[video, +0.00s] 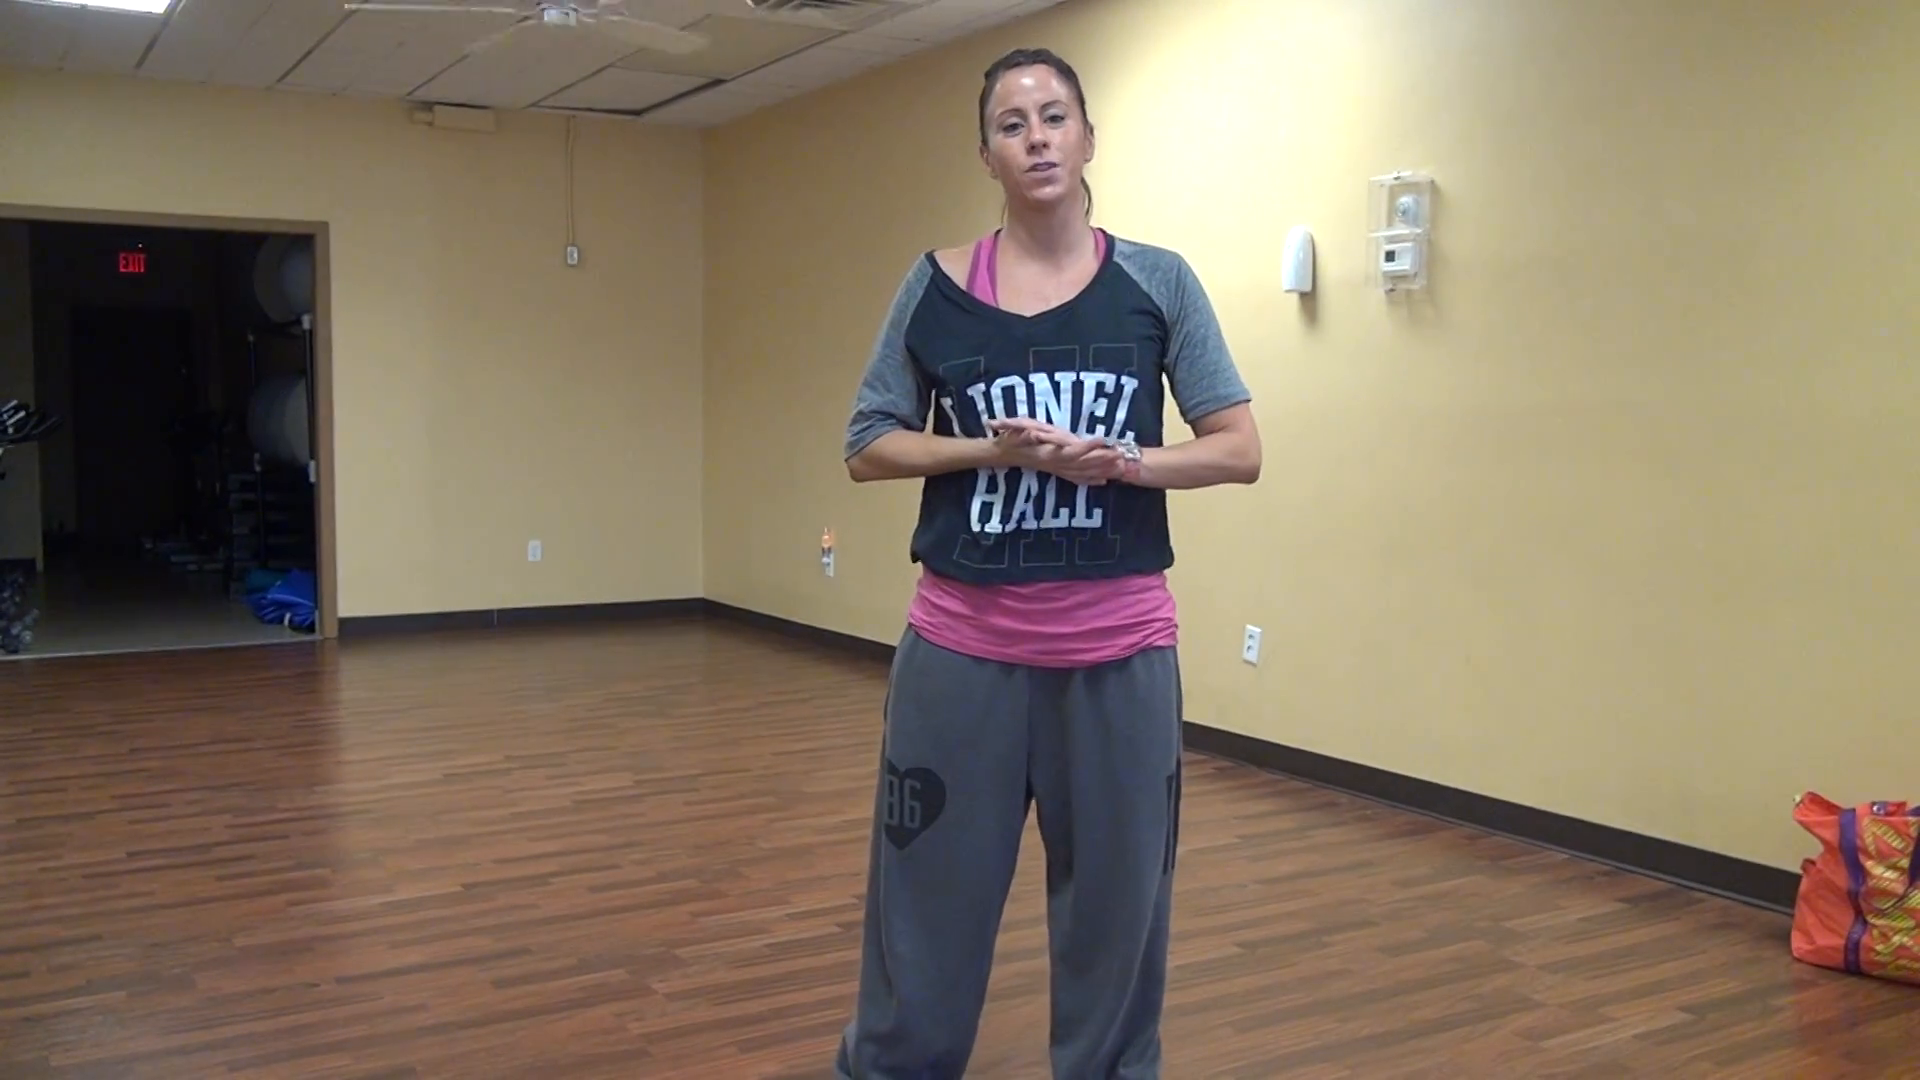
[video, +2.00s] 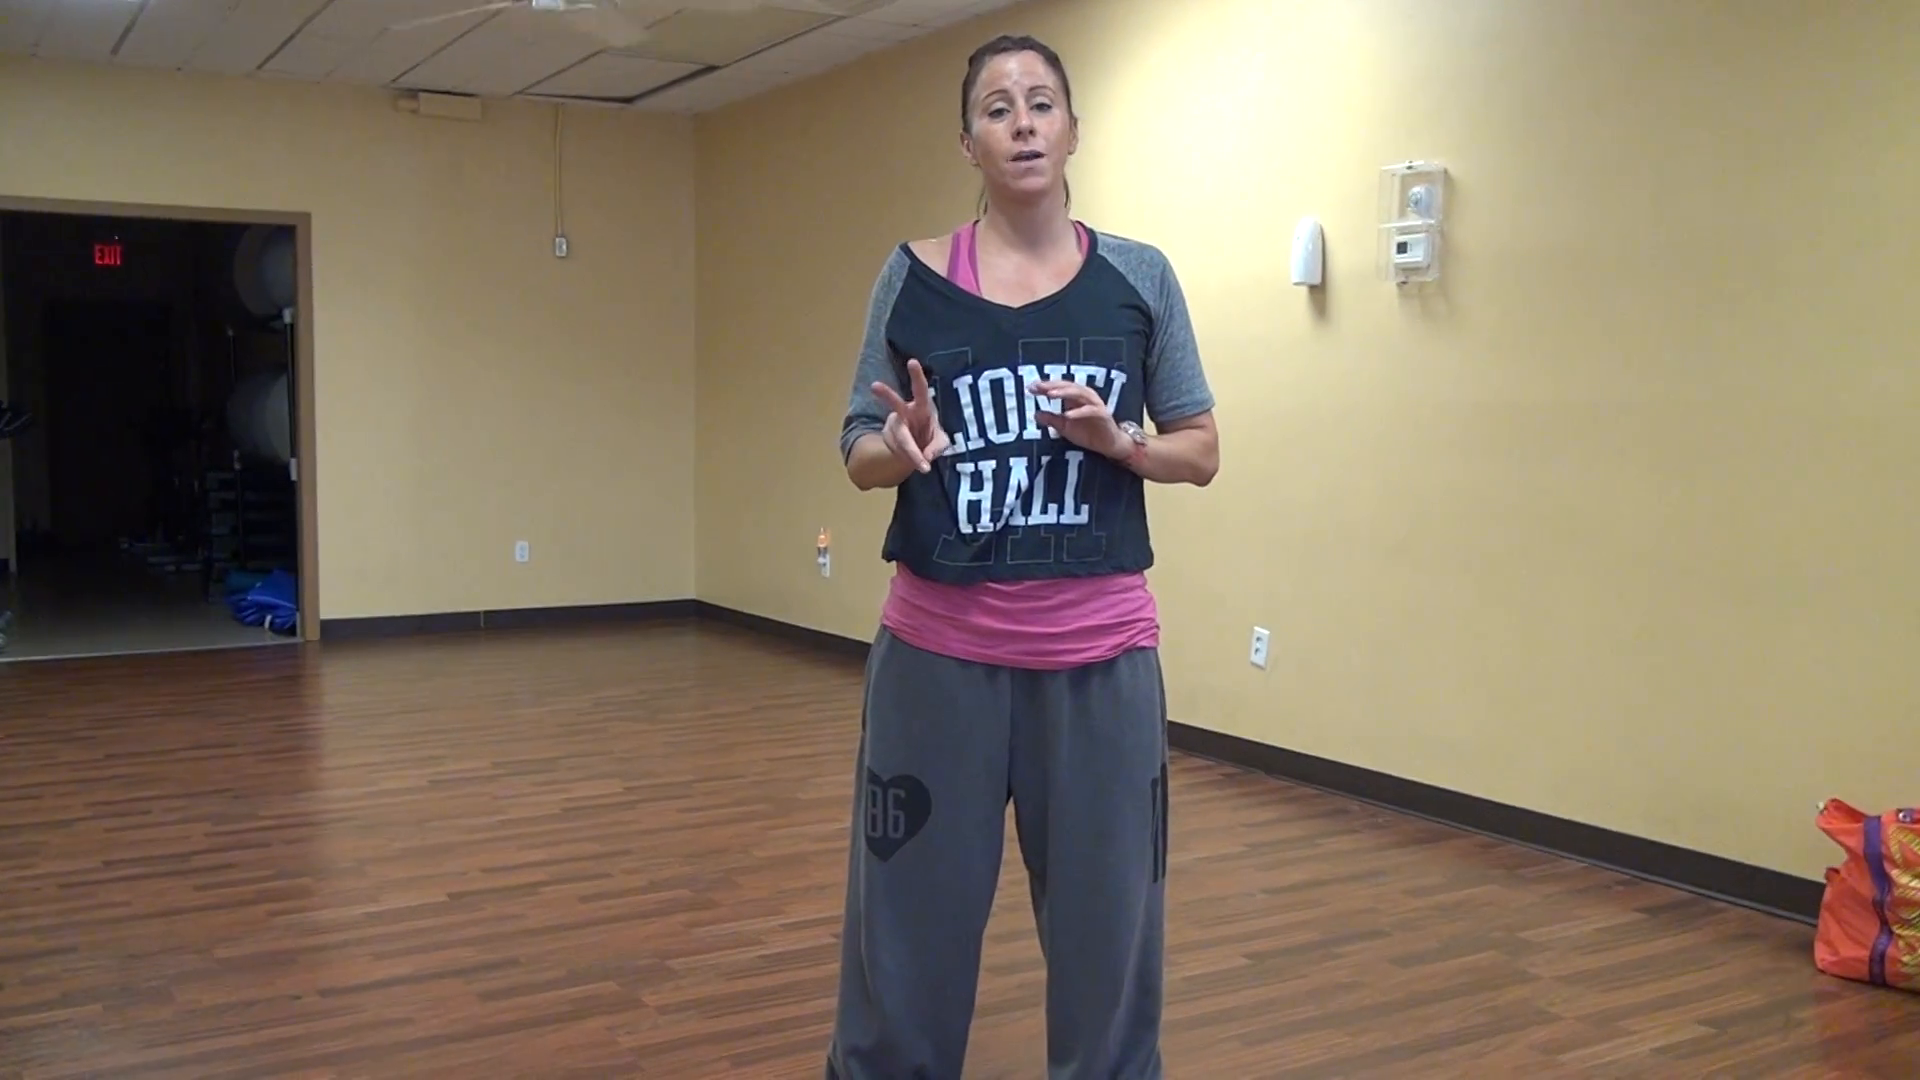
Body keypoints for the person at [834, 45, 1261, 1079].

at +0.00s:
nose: (1036, 137)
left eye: (1054, 116)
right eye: (1012, 124)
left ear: (1088, 139)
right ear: (986, 156)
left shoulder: (1160, 279)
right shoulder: (939, 283)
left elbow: (1240, 448)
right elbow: (867, 446)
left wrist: (1130, 464)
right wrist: (984, 451)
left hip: (1121, 646)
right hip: (960, 642)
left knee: (1119, 919)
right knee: (923, 908)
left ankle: (1108, 1070)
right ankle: (896, 1067)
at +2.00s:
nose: (1021, 122)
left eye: (1041, 103)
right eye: (996, 107)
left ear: (1072, 130)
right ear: (967, 141)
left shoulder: (1141, 273)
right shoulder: (916, 273)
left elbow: (1201, 450)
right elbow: (861, 450)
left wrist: (1125, 444)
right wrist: (902, 447)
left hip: (1101, 655)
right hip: (938, 651)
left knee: (1111, 939)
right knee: (906, 930)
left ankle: (1110, 1075)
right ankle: (887, 1070)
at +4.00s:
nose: (975, 147)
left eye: (993, 128)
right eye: (952, 134)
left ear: (1025, 151)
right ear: (926, 162)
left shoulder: (1097, 282)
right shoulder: (883, 295)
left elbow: (1166, 449)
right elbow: (828, 465)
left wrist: (1071, 447)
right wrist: (919, 429)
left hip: (1061, 643)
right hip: (906, 642)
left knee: (1080, 909)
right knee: (884, 905)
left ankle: (1100, 1068)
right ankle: (882, 1068)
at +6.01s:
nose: (1040, 210)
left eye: (1059, 189)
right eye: (1018, 193)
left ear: (1088, 204)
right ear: (991, 213)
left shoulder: (1155, 338)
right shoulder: (943, 340)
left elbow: (1217, 511)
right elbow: (887, 506)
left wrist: (1134, 479)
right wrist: (975, 489)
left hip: (1108, 695)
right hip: (955, 691)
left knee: (1127, 971)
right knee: (930, 966)